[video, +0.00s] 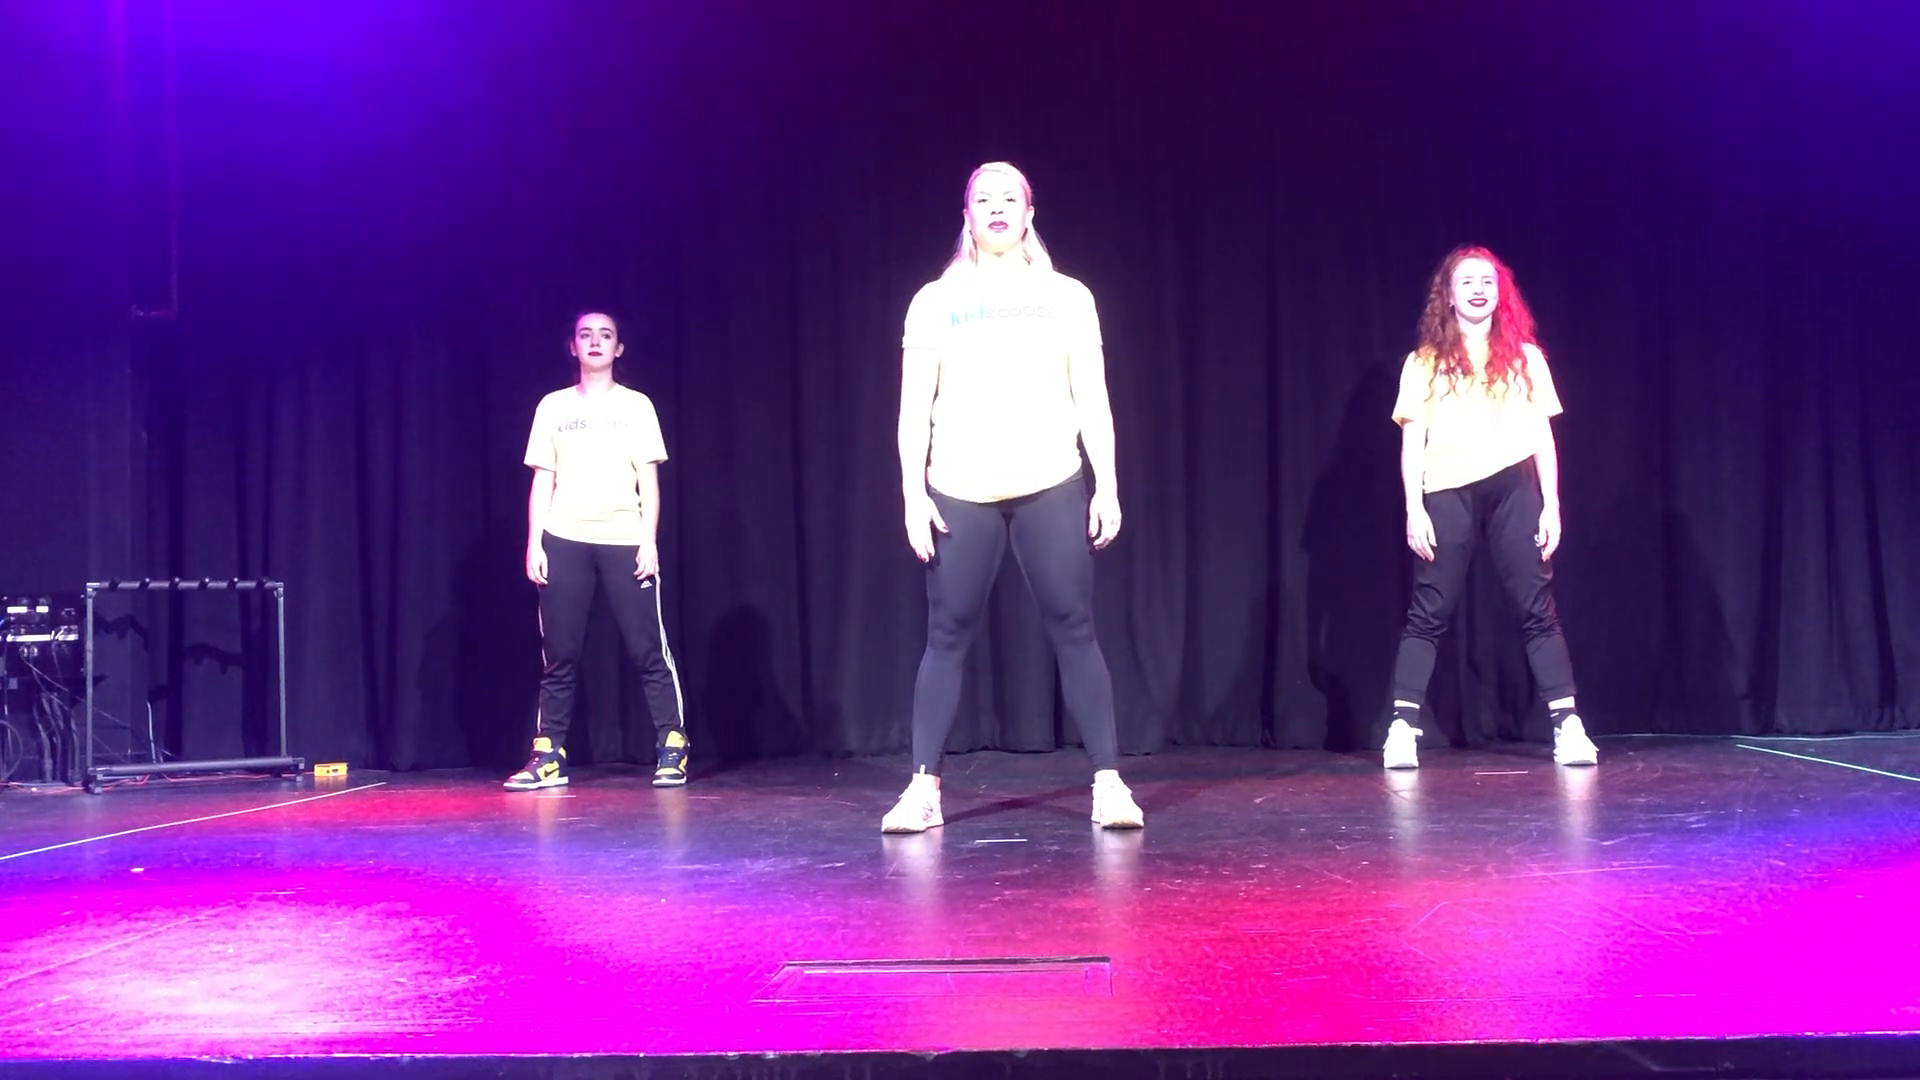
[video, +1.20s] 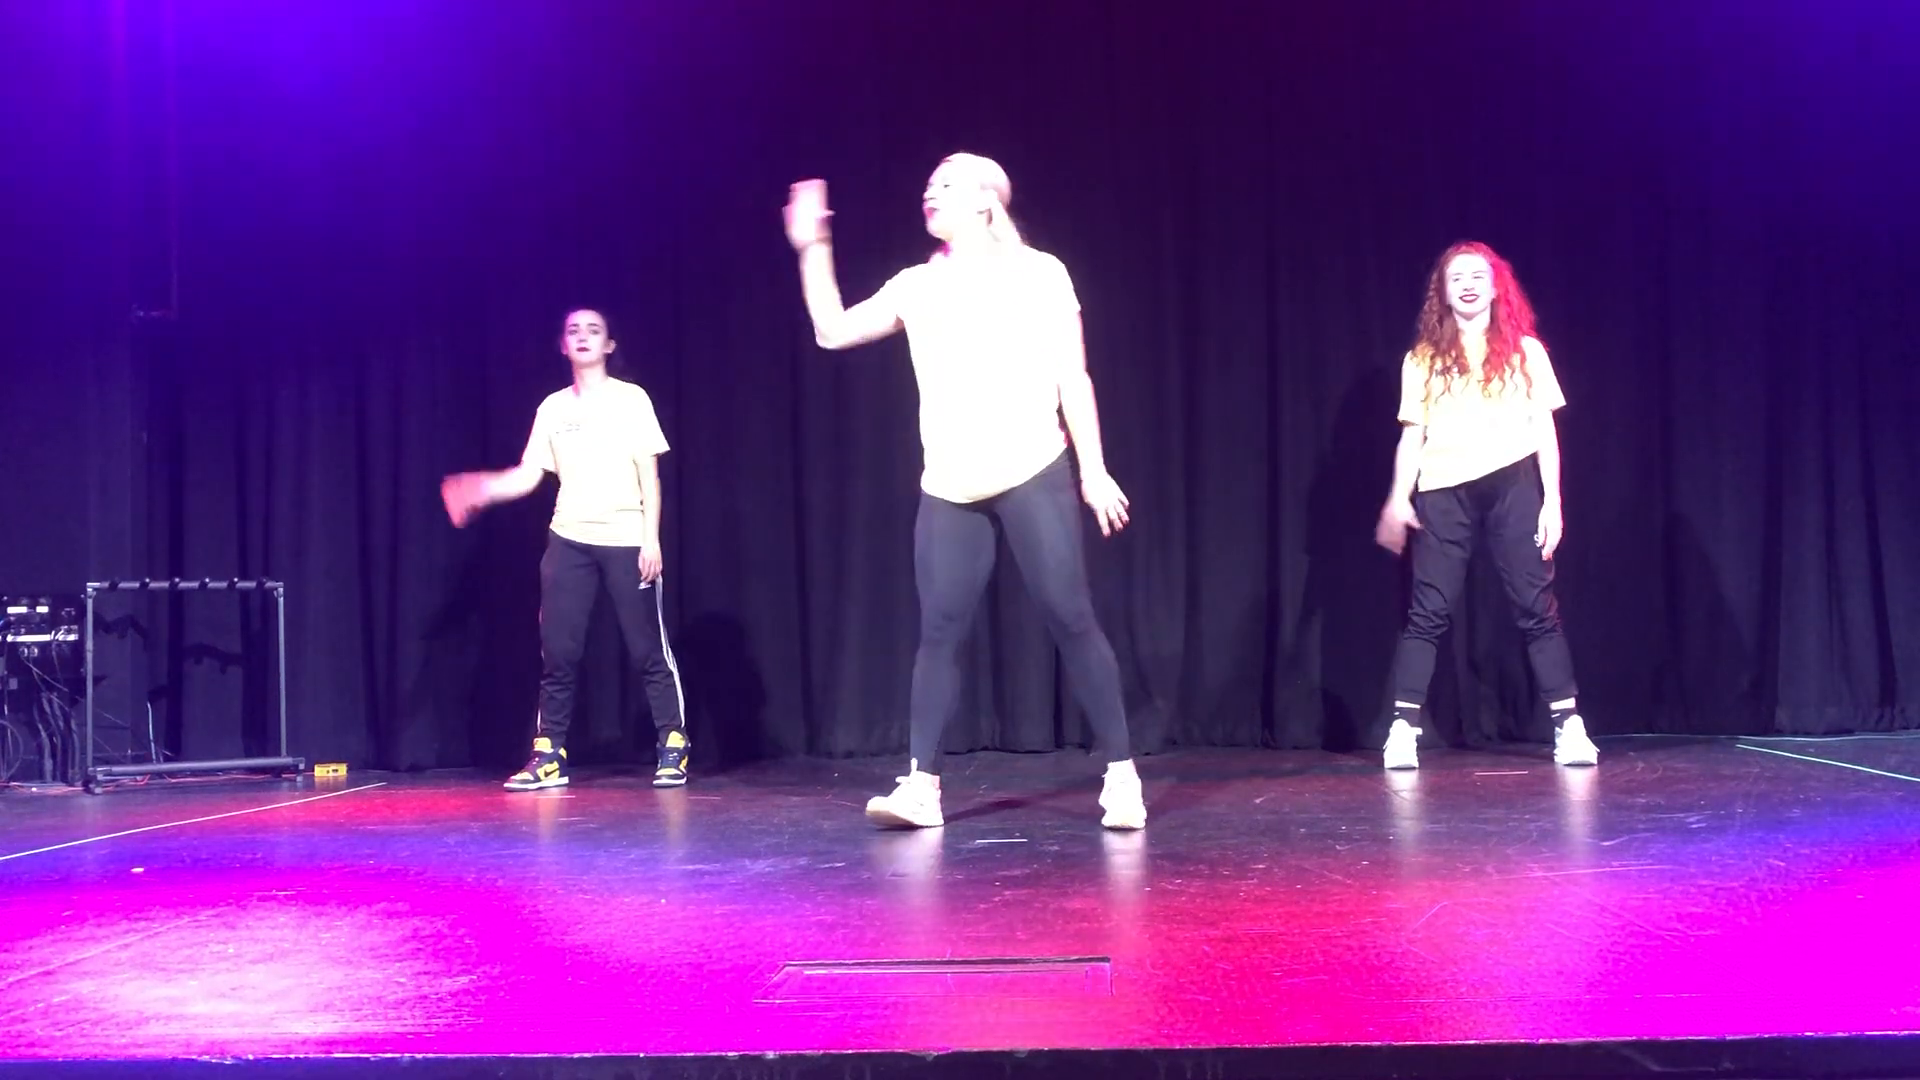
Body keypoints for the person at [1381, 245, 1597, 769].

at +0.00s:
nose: (1477, 290)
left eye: (1486, 281)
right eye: (1467, 281)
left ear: (1501, 292)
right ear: (1448, 292)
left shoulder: (1525, 356)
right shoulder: (1425, 361)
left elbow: (1543, 435)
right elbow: (1413, 441)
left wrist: (1551, 505)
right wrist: (1414, 509)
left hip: (1514, 489)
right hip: (1445, 493)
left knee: (1535, 606)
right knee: (1430, 609)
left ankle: (1567, 725)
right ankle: (1404, 727)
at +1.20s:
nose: (1468, 285)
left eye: (1478, 276)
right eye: (1458, 277)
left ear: (1497, 286)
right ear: (1442, 289)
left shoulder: (1526, 350)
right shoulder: (1423, 357)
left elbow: (1545, 430)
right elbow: (1412, 435)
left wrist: (1552, 500)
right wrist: (1399, 498)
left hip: (1514, 488)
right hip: (1442, 492)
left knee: (1535, 606)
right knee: (1429, 609)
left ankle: (1567, 724)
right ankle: (1405, 728)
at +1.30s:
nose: (1439, 290)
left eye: (1450, 279)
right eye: (1431, 284)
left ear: (1480, 285)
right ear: (1426, 297)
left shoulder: (1519, 347)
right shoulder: (1419, 359)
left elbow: (1542, 433)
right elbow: (1395, 432)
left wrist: (1545, 505)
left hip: (1508, 487)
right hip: (1439, 493)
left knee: (1537, 607)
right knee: (1426, 611)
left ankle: (1570, 724)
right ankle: (1403, 729)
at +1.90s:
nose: (1408, 335)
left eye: (1419, 324)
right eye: (1402, 326)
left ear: (1449, 331)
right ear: (1396, 335)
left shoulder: (1484, 381)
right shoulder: (1401, 394)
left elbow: (1523, 460)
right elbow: (1343, 436)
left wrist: (1544, 539)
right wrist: (1381, 376)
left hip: (1494, 527)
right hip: (1432, 533)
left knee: (1519, 635)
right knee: (1408, 623)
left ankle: (1610, 719)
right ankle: (1402, 732)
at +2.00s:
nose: (1446, 319)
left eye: (1456, 311)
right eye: (1437, 310)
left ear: (1477, 320)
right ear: (1419, 318)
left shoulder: (1505, 370)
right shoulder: (1411, 378)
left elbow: (1550, 426)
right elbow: (1367, 415)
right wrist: (1413, 356)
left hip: (1500, 517)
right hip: (1430, 523)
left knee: (1538, 621)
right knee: (1416, 622)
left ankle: (1592, 721)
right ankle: (1403, 731)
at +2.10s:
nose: (1499, 305)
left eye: (1505, 296)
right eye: (1487, 296)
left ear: (1514, 303)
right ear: (1457, 302)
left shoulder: (1525, 360)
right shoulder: (1429, 353)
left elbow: (1578, 412)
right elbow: (1417, 394)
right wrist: (1464, 340)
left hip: (1505, 505)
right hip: (1434, 509)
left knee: (1546, 609)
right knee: (1424, 616)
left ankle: (1574, 726)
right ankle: (1392, 728)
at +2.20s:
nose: (1533, 302)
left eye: (1536, 293)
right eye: (1519, 293)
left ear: (1539, 304)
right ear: (1486, 301)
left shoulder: (1540, 365)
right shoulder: (1455, 352)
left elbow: (1596, 405)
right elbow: (1475, 394)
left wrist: (1577, 345)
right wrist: (1512, 333)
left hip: (1511, 506)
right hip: (1446, 508)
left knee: (1549, 609)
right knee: (1434, 617)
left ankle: (1573, 729)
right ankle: (1369, 725)